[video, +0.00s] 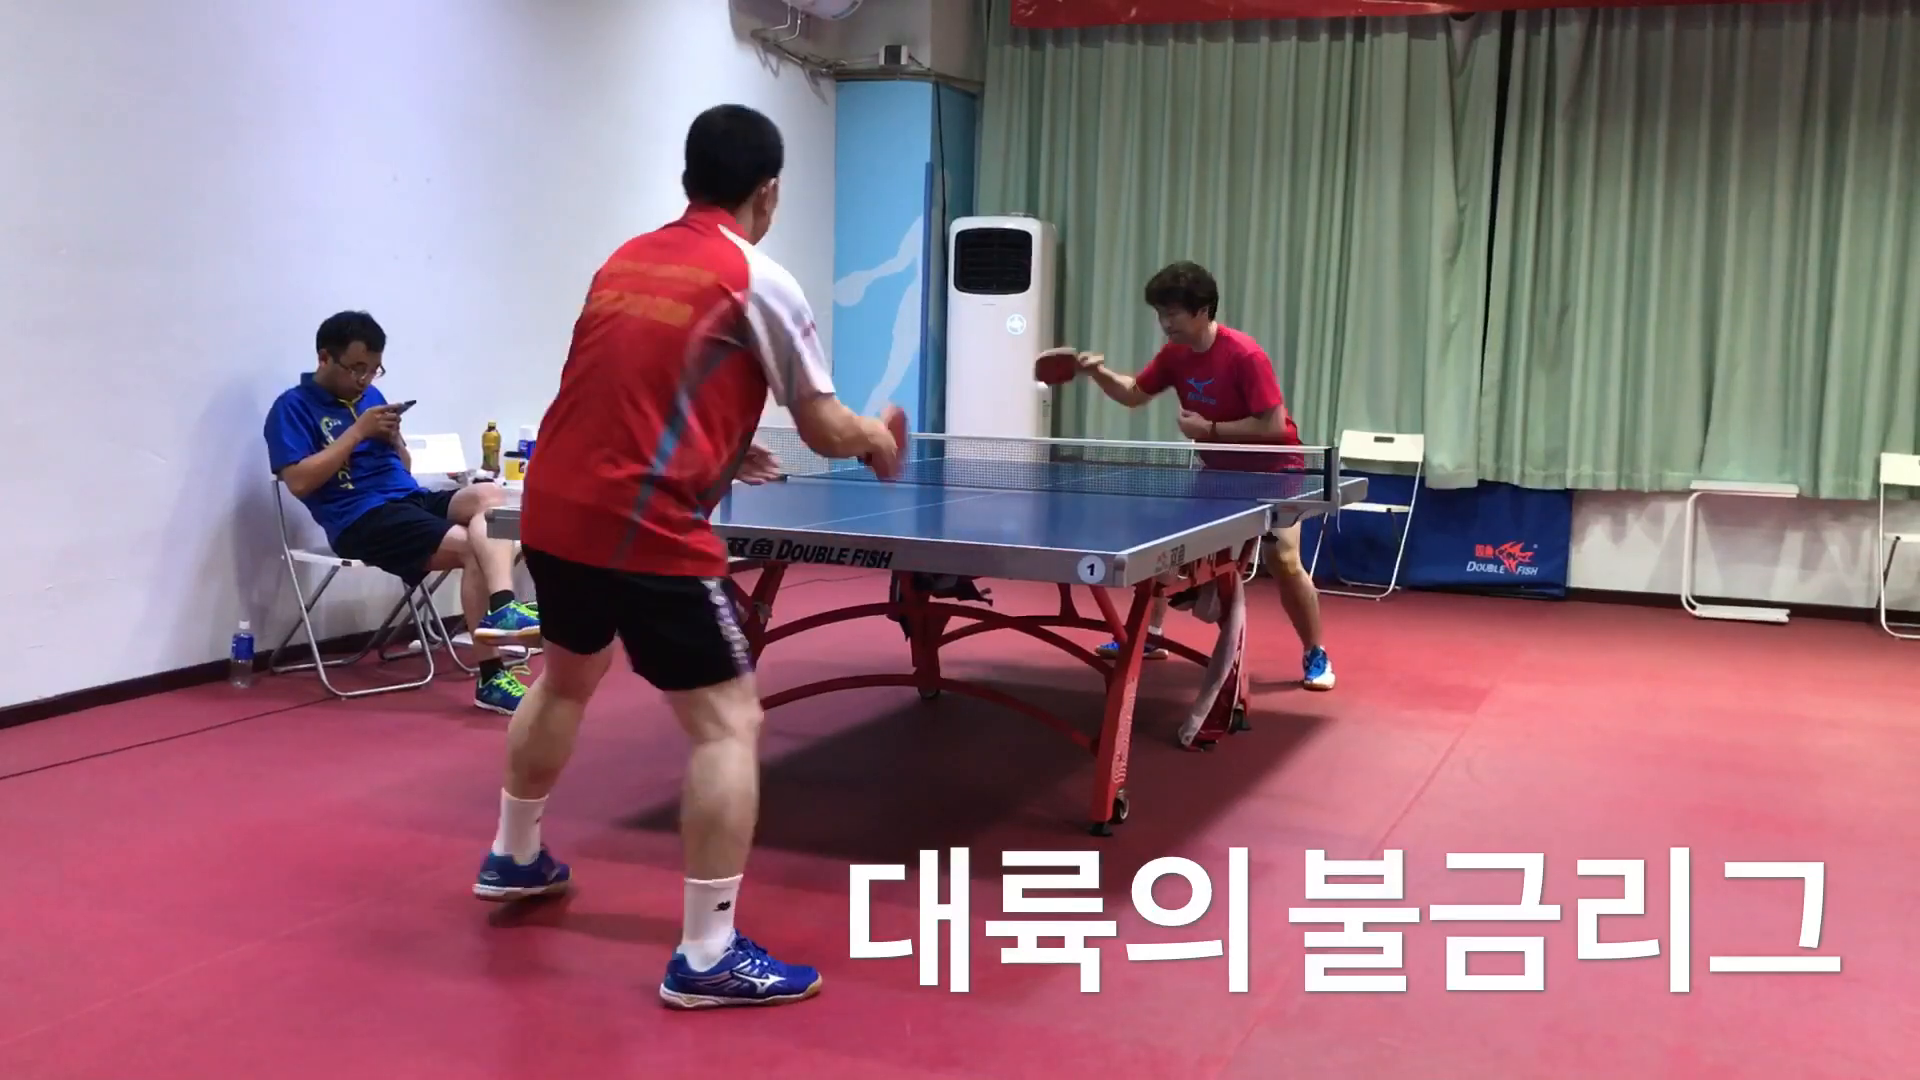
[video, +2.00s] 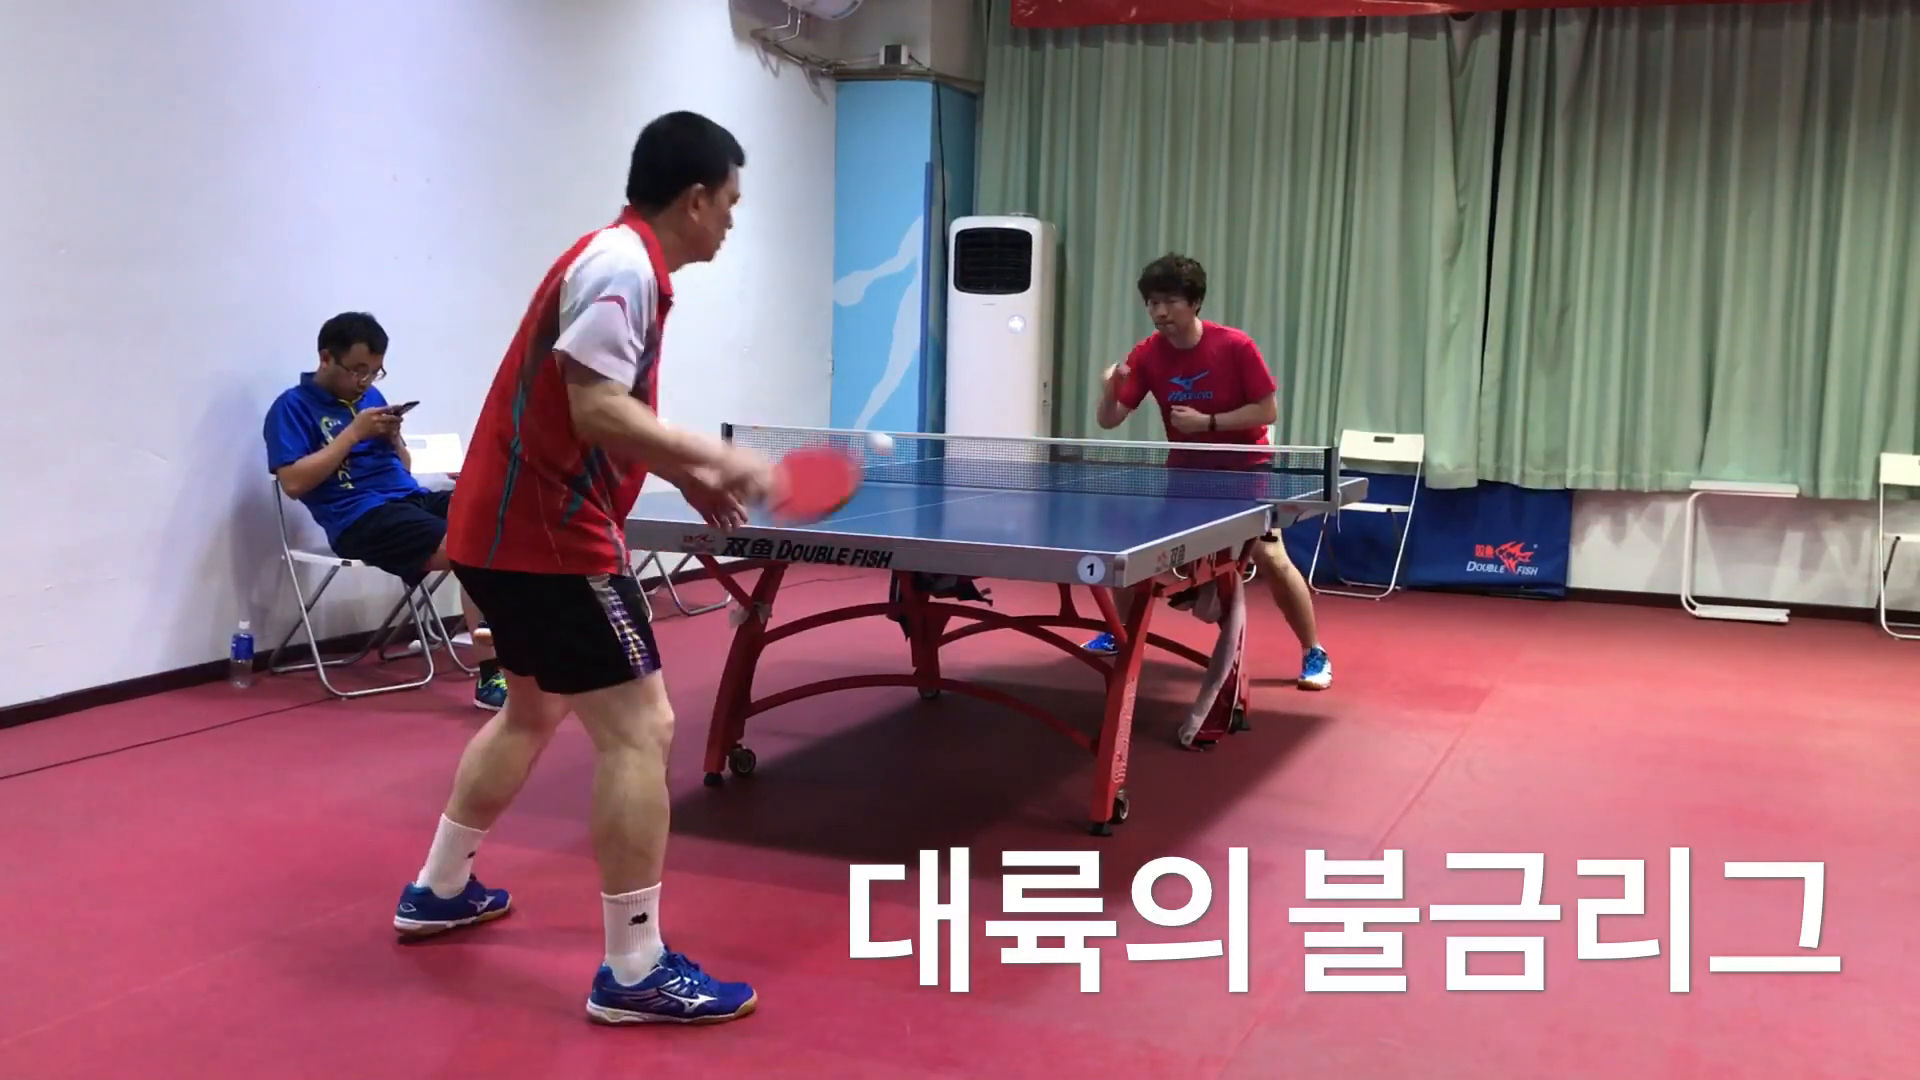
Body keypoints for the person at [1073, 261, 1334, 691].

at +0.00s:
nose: (1164, 324)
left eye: (1172, 315)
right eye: (1160, 315)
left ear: (1202, 311)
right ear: (1162, 315)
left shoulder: (1246, 355)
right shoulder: (1175, 355)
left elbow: (1272, 425)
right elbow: (1134, 394)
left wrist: (1209, 429)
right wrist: (1098, 371)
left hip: (1274, 472)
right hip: (1218, 472)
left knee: (1285, 561)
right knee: (1165, 544)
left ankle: (1315, 653)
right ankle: (1148, 633)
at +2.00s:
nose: (1159, 311)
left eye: (1169, 301)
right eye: (1152, 302)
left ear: (1194, 301)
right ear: (1147, 305)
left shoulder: (1234, 346)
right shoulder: (1146, 355)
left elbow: (1267, 411)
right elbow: (1108, 419)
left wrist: (1207, 422)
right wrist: (1110, 386)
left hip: (1244, 473)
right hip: (1184, 474)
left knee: (1270, 555)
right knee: (1134, 548)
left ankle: (1313, 652)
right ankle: (1122, 634)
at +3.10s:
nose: (1135, 312)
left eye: (1143, 302)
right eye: (1129, 304)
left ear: (1171, 300)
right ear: (1126, 305)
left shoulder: (1206, 345)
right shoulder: (1150, 344)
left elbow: (1237, 414)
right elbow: (1151, 394)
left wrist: (1175, 420)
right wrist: (1094, 408)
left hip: (1241, 464)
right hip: (1189, 463)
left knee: (1259, 557)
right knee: (1146, 538)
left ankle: (1312, 646)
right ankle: (1127, 631)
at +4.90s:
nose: (1138, 312)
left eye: (1146, 302)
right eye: (1131, 304)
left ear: (1173, 300)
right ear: (1129, 306)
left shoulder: (1207, 344)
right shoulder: (1148, 350)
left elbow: (1241, 411)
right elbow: (1143, 407)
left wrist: (1182, 421)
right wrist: (1095, 422)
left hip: (1246, 463)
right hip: (1193, 464)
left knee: (1266, 558)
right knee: (1146, 539)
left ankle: (1317, 648)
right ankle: (1124, 632)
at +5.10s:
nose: (1168, 331)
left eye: (1171, 321)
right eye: (1164, 323)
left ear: (1197, 312)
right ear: (1198, 310)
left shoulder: (1220, 353)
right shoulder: (1227, 333)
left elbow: (1248, 423)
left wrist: (1201, 435)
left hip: (1248, 476)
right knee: (1278, 578)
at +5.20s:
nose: (1214, 329)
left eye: (1217, 318)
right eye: (1210, 320)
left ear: (1242, 307)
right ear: (1247, 306)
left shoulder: (1259, 353)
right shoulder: (1280, 331)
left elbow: (1277, 424)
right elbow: (1277, 374)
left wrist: (1233, 437)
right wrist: (1234, 370)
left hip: (1276, 479)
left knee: (1308, 586)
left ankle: (1397, 657)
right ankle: (1397, 655)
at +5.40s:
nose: (1260, 323)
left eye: (1267, 313)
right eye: (1256, 314)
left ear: (1294, 310)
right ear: (1263, 313)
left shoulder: (1319, 365)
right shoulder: (1284, 351)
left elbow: (1331, 443)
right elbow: (1262, 407)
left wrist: (1269, 449)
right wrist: (1232, 395)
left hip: (1329, 484)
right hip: (1288, 476)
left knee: (1326, 592)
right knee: (1224, 539)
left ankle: (1407, 665)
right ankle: (1174, 619)